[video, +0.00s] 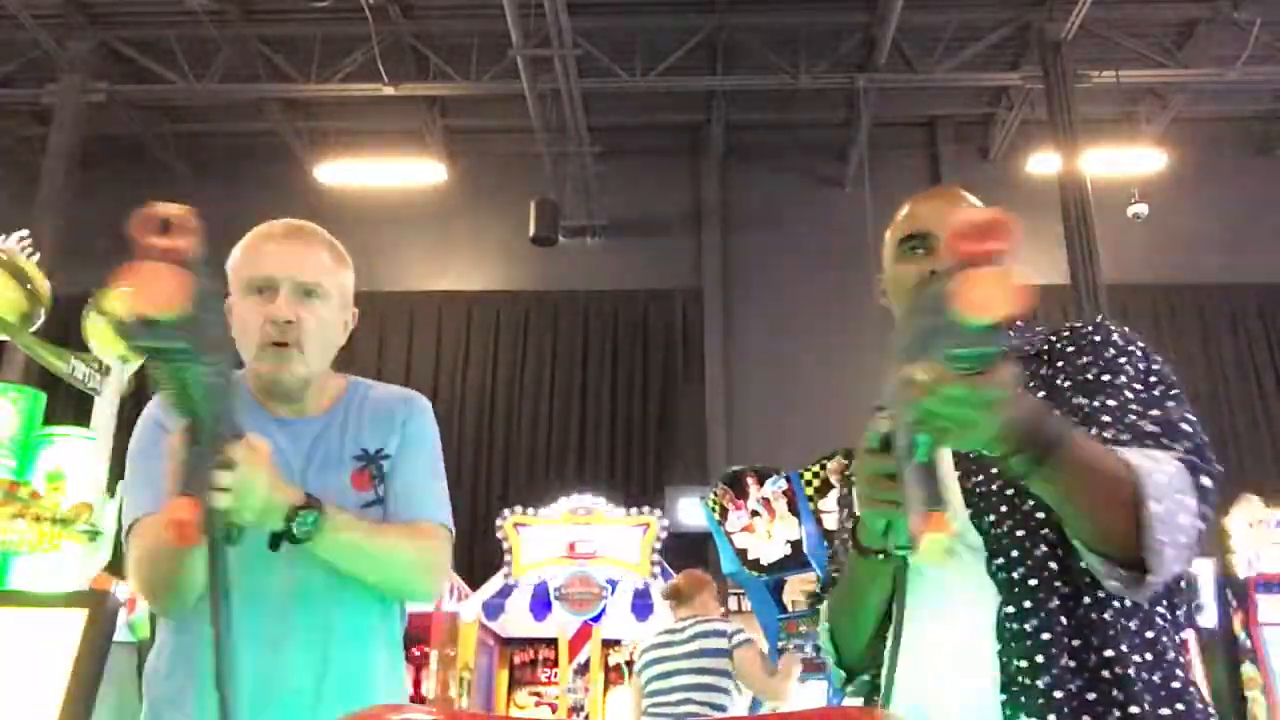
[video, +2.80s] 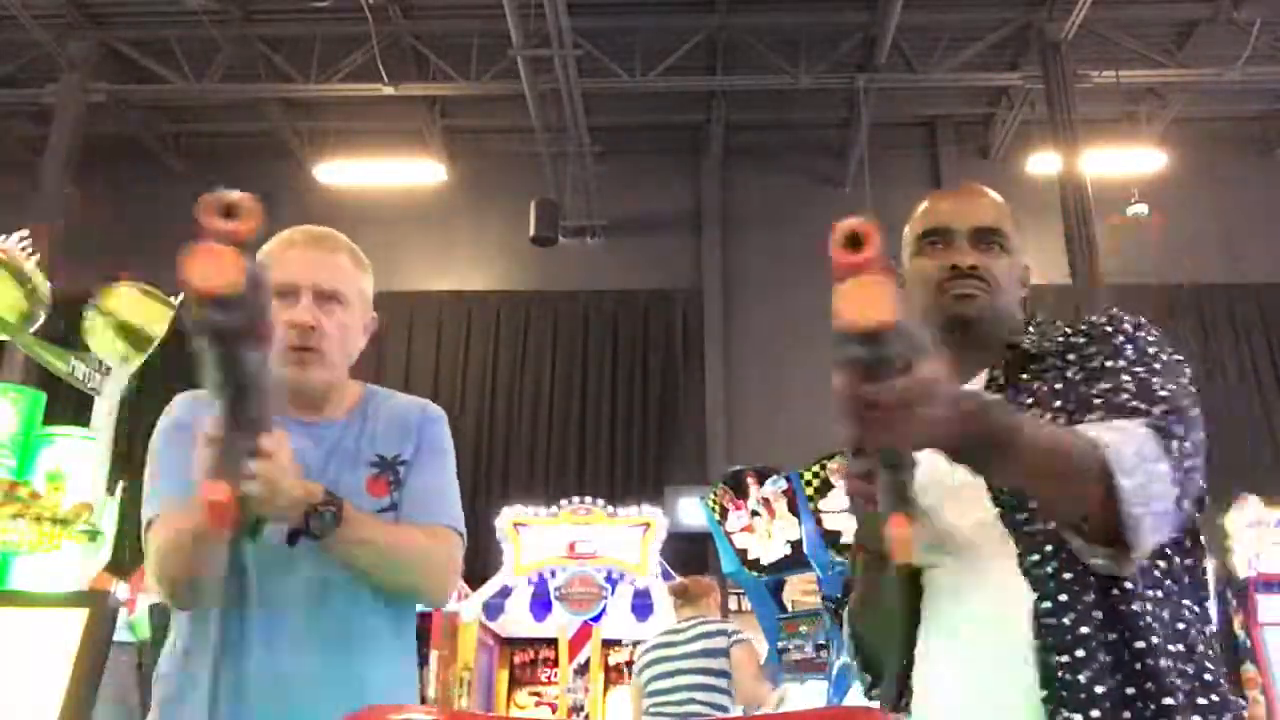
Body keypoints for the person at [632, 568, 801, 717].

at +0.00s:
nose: (721, 607)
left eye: (717, 599)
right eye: (716, 598)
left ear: (673, 607)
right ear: (706, 599)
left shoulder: (647, 647)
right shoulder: (727, 631)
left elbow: (637, 712)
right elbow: (776, 693)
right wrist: (790, 665)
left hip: (656, 715)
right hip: (706, 713)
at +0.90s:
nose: (728, 611)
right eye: (725, 605)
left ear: (679, 612)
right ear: (721, 602)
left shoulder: (654, 646)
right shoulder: (736, 636)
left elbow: (649, 699)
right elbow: (795, 687)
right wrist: (794, 648)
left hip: (661, 714)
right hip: (713, 711)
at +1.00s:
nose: (728, 611)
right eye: (725, 605)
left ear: (681, 612)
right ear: (723, 605)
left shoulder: (654, 645)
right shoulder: (738, 636)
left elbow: (650, 699)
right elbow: (797, 686)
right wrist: (796, 652)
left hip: (661, 715)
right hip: (711, 713)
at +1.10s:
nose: (728, 611)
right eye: (725, 606)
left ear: (681, 612)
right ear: (721, 605)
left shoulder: (655, 645)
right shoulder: (739, 637)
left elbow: (651, 697)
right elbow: (797, 686)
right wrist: (799, 655)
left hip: (662, 715)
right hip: (713, 712)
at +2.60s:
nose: (722, 610)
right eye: (720, 604)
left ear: (675, 610)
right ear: (713, 602)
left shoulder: (646, 649)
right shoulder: (730, 633)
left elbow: (638, 714)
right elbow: (780, 691)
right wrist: (797, 663)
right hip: (713, 712)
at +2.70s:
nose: (722, 608)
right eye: (720, 602)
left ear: (677, 609)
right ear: (713, 601)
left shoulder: (647, 648)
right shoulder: (731, 633)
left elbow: (637, 712)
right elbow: (759, 690)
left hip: (657, 715)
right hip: (712, 713)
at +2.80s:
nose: (721, 606)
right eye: (720, 601)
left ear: (677, 608)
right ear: (713, 600)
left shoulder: (646, 648)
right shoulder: (729, 632)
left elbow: (638, 711)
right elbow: (749, 694)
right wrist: (768, 693)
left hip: (657, 714)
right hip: (708, 712)